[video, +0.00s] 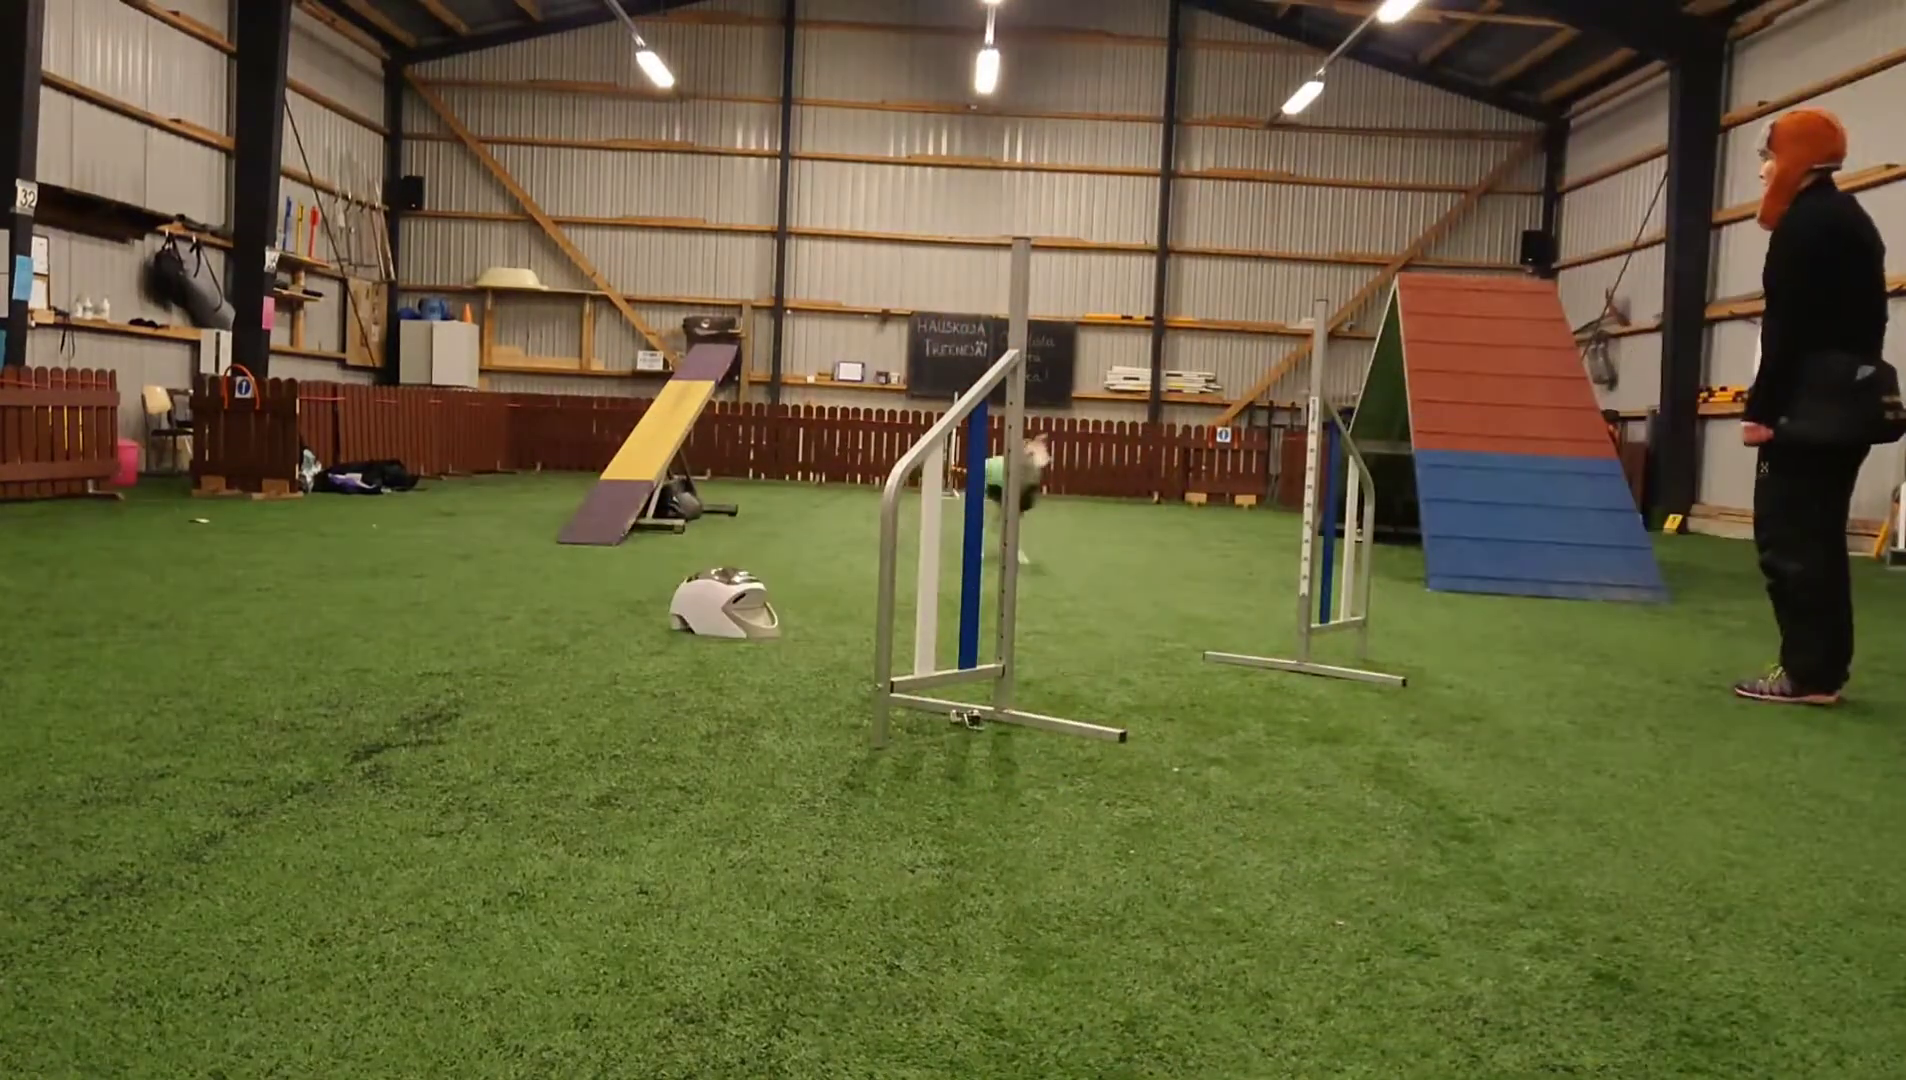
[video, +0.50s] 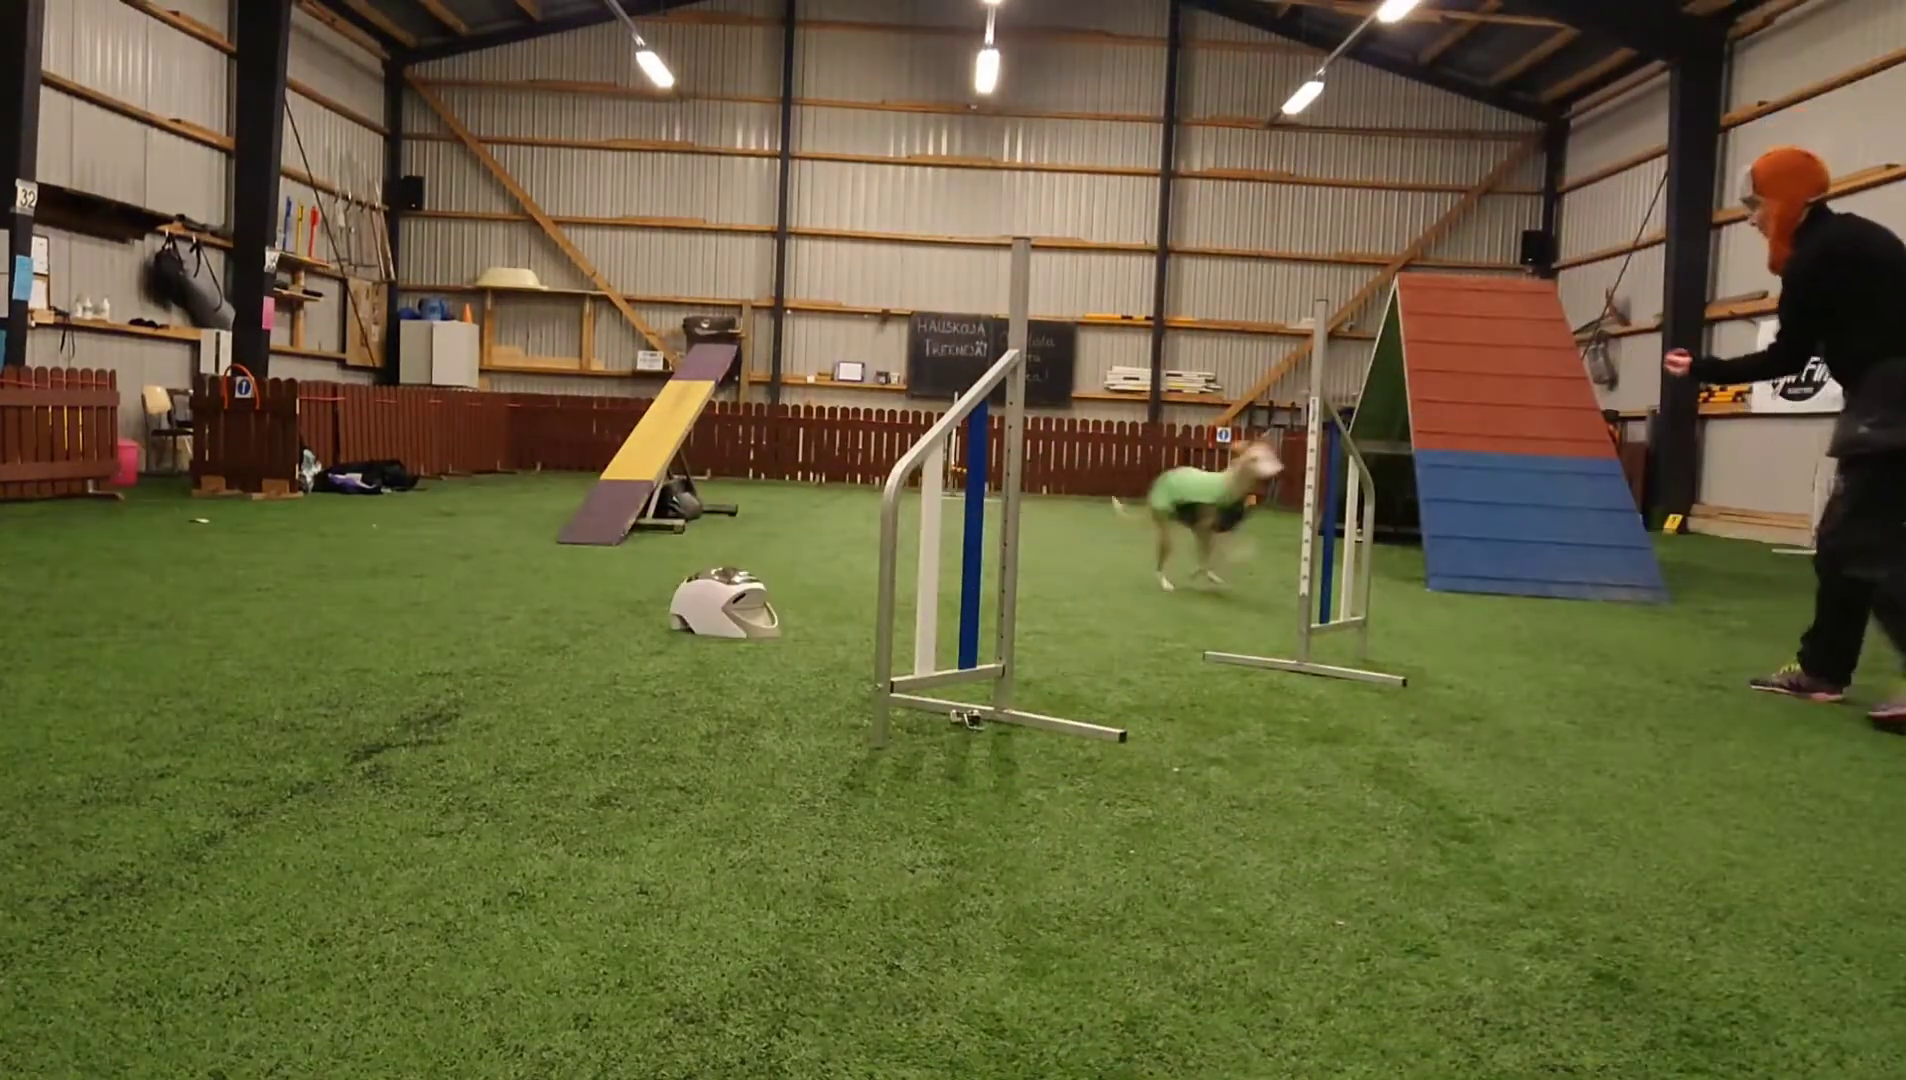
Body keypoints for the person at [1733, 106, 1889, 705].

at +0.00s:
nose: (1764, 166)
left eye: (1771, 155)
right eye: (1766, 154)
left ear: (1798, 161)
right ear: (1820, 161)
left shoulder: (1799, 226)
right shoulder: (1854, 219)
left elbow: (1784, 326)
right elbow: (1870, 322)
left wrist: (1760, 408)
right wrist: (1857, 391)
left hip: (1806, 413)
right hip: (1846, 411)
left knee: (1786, 538)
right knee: (1820, 538)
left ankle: (1807, 673)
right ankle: (1824, 671)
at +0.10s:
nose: (1763, 168)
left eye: (1769, 158)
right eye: (1765, 157)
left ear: (1794, 163)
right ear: (1821, 162)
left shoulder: (1798, 225)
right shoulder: (1857, 222)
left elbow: (1776, 328)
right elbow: (1866, 326)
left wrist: (1731, 405)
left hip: (1812, 408)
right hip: (1855, 407)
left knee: (1782, 534)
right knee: (1826, 535)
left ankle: (1806, 673)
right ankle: (1825, 670)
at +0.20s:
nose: (1756, 176)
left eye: (1762, 164)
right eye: (1758, 164)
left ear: (1787, 169)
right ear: (1813, 168)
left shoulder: (1797, 232)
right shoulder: (1856, 224)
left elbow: (1768, 334)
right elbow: (1867, 323)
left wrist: (1692, 396)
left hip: (1831, 410)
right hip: (1875, 408)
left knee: (1788, 535)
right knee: (1835, 536)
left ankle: (1815, 674)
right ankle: (1827, 671)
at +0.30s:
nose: (1749, 195)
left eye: (1754, 182)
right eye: (1750, 182)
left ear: (1779, 184)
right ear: (1806, 180)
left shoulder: (1798, 239)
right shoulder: (1856, 228)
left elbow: (1777, 339)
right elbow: (1881, 318)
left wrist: (1688, 356)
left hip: (1848, 416)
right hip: (1886, 413)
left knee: (1810, 537)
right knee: (1838, 538)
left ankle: (1848, 674)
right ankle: (1826, 661)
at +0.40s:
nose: (1748, 209)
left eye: (1752, 195)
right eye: (1747, 197)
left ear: (1781, 194)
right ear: (1804, 191)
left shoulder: (1802, 246)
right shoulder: (1861, 232)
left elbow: (1777, 347)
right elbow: (1879, 318)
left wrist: (1693, 349)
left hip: (1865, 416)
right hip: (1894, 415)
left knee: (1835, 538)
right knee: (1844, 539)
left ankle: (1891, 675)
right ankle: (1822, 669)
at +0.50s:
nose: (1754, 217)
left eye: (1759, 204)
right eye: (1753, 205)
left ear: (1790, 203)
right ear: (1808, 201)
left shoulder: (1812, 258)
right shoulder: (1865, 235)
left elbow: (1786, 360)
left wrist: (1703, 367)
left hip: (1883, 423)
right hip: (1892, 420)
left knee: (1848, 541)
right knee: (1871, 545)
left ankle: (1823, 672)